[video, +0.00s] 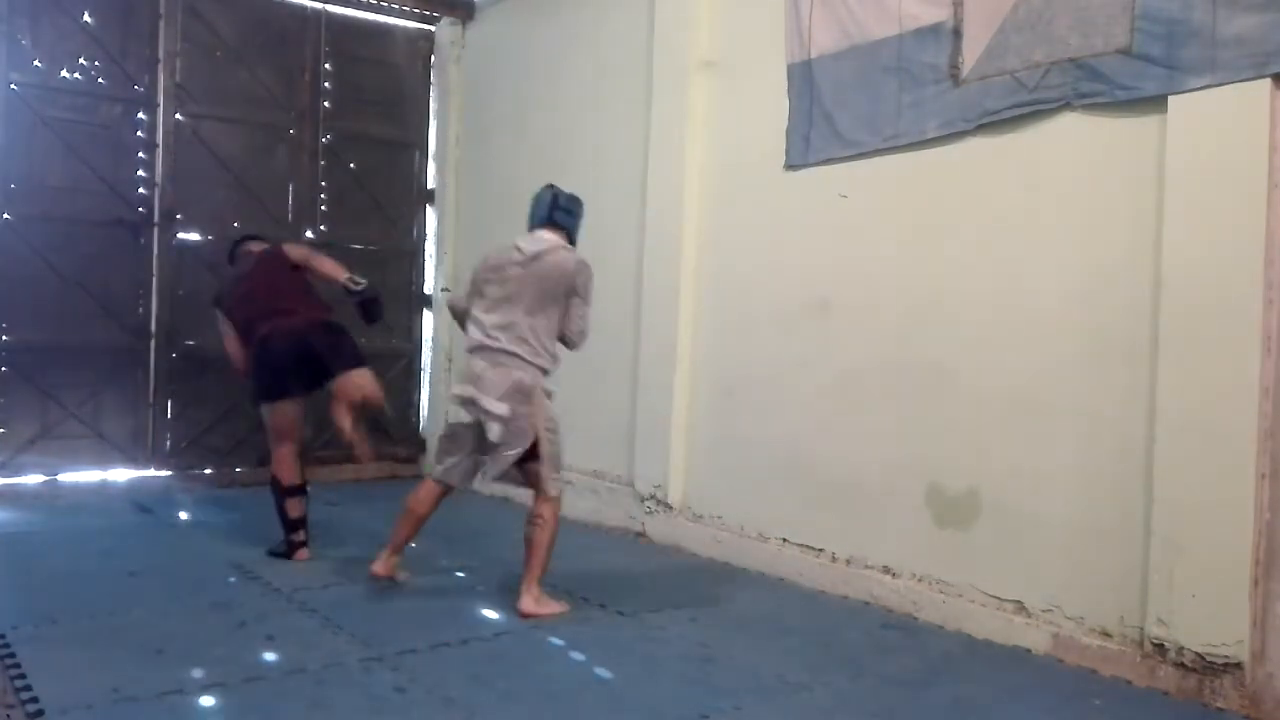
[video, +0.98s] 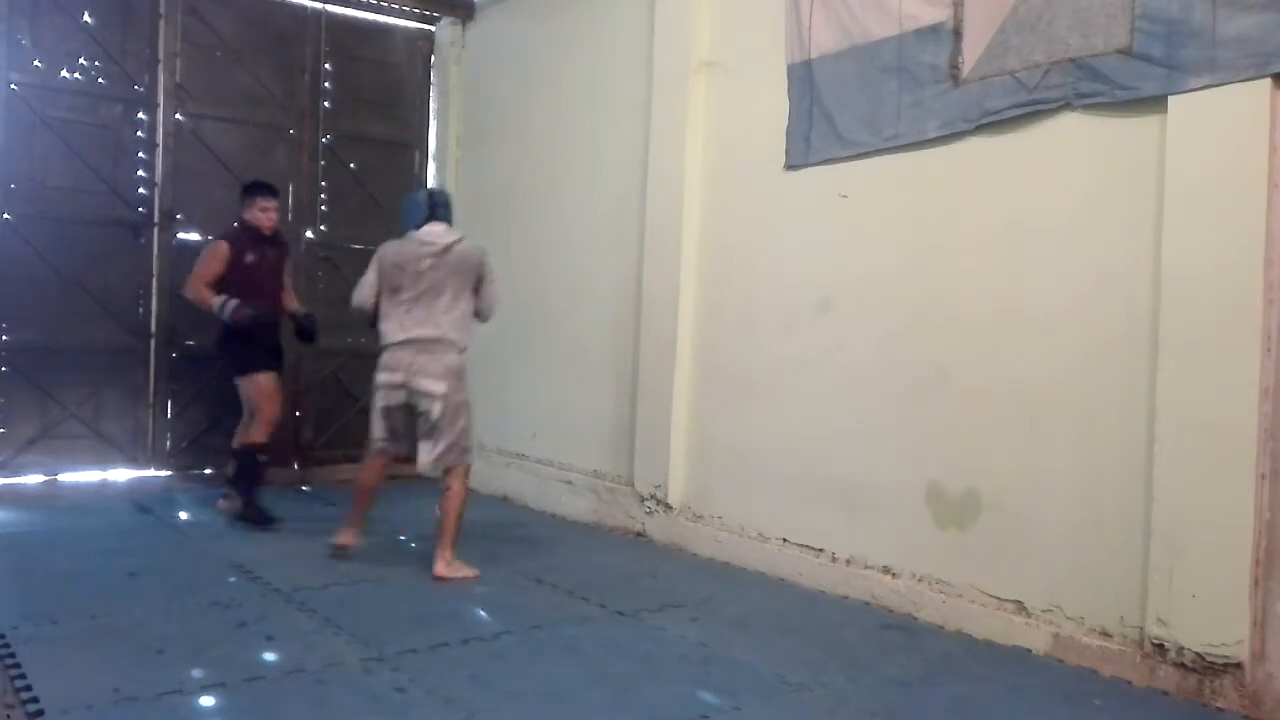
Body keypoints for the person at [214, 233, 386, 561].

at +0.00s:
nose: (268, 249)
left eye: (263, 247)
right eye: (265, 246)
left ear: (233, 262)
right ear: (263, 248)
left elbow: (238, 356)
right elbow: (316, 260)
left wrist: (255, 380)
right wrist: (357, 285)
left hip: (272, 353)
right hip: (320, 334)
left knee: (284, 445)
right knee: (369, 393)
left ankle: (297, 542)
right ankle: (346, 407)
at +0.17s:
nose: (291, 232)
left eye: (289, 228)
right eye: (288, 228)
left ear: (254, 238)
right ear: (282, 230)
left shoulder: (239, 278)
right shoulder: (293, 240)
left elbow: (238, 336)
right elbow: (323, 261)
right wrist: (362, 291)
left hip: (270, 348)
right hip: (319, 337)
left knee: (284, 439)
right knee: (346, 418)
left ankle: (294, 538)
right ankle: (351, 509)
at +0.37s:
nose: (325, 234)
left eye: (326, 227)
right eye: (321, 226)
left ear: (289, 223)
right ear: (301, 222)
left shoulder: (264, 257)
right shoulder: (315, 254)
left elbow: (247, 323)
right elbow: (312, 302)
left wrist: (279, 337)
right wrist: (340, 333)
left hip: (269, 363)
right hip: (312, 362)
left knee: (275, 443)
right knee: (313, 436)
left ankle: (283, 519)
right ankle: (310, 521)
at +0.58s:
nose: (323, 221)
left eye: (323, 214)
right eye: (318, 214)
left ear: (292, 215)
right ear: (298, 214)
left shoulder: (273, 244)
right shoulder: (304, 246)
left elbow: (243, 292)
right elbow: (295, 296)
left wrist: (275, 316)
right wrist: (326, 315)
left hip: (265, 350)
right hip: (299, 352)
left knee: (276, 420)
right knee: (309, 429)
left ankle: (252, 494)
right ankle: (310, 518)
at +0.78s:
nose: (298, 233)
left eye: (299, 226)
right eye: (290, 227)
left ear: (295, 229)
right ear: (270, 229)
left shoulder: (282, 267)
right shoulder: (262, 265)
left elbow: (280, 318)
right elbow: (243, 310)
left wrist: (312, 340)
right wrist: (289, 330)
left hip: (262, 361)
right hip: (273, 363)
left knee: (267, 430)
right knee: (302, 431)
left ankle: (232, 500)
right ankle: (303, 518)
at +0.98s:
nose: (269, 216)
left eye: (274, 210)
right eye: (262, 210)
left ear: (279, 213)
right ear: (245, 211)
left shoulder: (278, 245)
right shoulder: (228, 244)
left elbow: (283, 288)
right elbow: (194, 287)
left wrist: (299, 312)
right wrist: (226, 306)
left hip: (268, 332)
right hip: (239, 332)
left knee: (254, 414)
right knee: (267, 405)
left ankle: (235, 488)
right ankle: (246, 493)